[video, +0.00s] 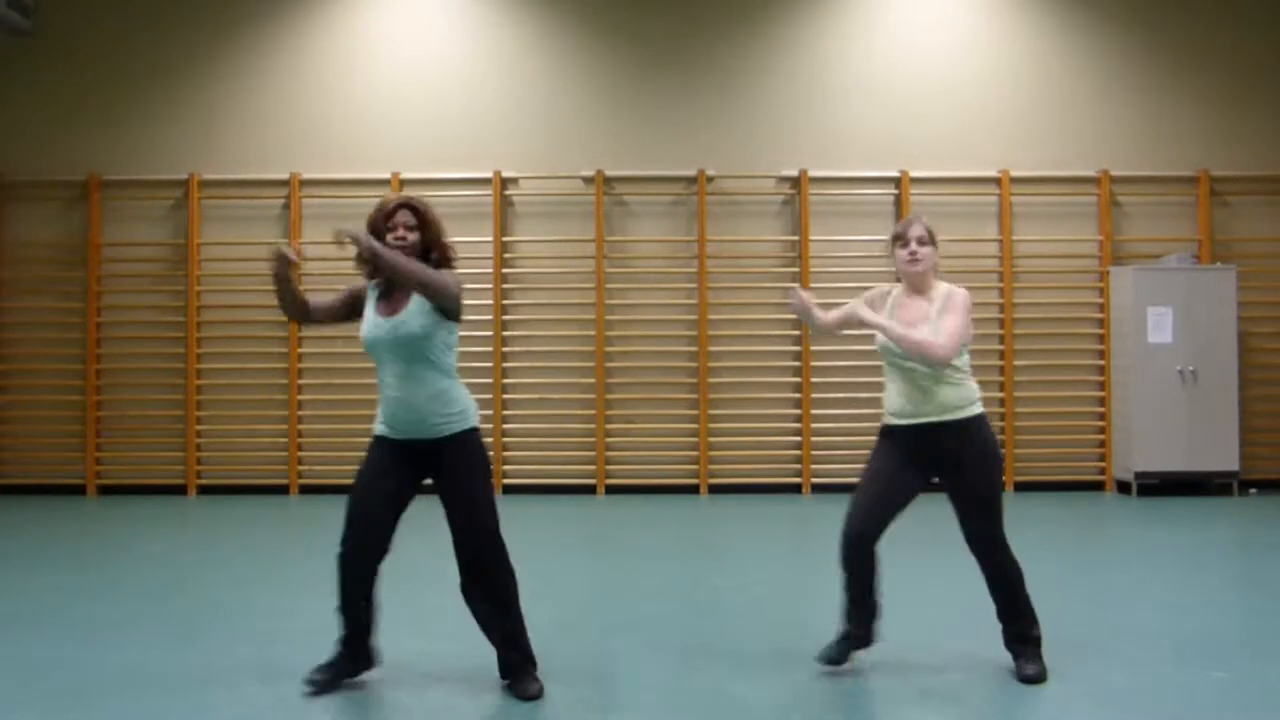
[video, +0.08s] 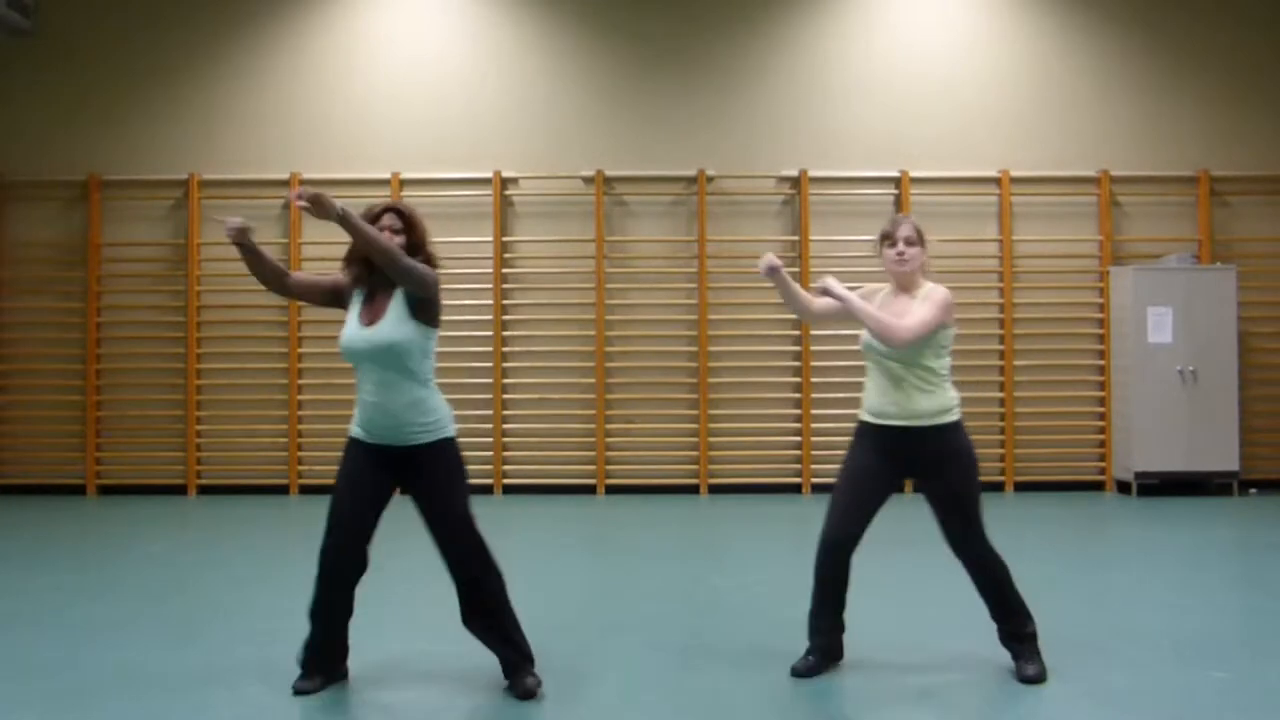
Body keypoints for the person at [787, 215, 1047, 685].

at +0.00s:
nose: (914, 250)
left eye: (922, 243)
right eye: (904, 244)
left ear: (936, 252)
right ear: (893, 254)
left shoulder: (954, 298)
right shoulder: (880, 299)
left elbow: (941, 351)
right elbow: (827, 322)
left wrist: (876, 321)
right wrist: (808, 309)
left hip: (963, 436)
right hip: (902, 439)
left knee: (988, 543)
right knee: (857, 532)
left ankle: (1026, 647)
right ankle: (857, 632)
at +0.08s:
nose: (901, 250)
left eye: (910, 243)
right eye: (892, 243)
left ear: (924, 252)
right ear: (881, 253)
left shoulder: (938, 297)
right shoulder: (869, 297)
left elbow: (902, 334)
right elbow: (811, 309)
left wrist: (845, 296)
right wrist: (781, 279)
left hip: (939, 438)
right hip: (877, 438)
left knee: (970, 544)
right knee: (834, 541)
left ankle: (1023, 644)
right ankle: (824, 646)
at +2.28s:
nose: (934, 272)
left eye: (940, 264)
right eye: (923, 266)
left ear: (950, 269)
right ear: (908, 275)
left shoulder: (963, 307)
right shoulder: (903, 326)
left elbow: (1011, 348)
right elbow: (926, 392)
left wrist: (1066, 348)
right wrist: (989, 413)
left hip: (977, 429)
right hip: (927, 437)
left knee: (1004, 532)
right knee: (960, 541)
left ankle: (1007, 629)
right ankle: (940, 606)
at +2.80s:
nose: (887, 257)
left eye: (896, 251)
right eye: (880, 251)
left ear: (912, 259)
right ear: (871, 259)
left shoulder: (918, 304)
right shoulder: (862, 295)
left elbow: (861, 323)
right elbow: (812, 289)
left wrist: (798, 291)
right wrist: (773, 270)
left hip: (909, 434)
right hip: (852, 428)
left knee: (937, 537)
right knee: (827, 530)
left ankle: (1007, 627)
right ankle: (823, 631)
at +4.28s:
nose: (800, 251)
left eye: (805, 242)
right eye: (789, 245)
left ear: (815, 246)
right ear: (775, 254)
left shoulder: (826, 292)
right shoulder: (778, 301)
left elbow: (852, 337)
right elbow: (787, 366)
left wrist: (880, 357)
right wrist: (851, 368)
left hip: (826, 422)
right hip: (783, 425)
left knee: (840, 527)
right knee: (813, 531)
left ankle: (813, 622)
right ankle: (772, 623)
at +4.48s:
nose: (834, 247)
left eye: (838, 239)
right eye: (823, 243)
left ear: (848, 243)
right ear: (808, 254)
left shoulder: (858, 285)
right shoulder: (815, 300)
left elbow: (885, 310)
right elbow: (865, 337)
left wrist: (902, 302)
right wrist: (894, 302)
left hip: (858, 421)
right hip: (813, 423)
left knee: (919, 503)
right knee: (807, 526)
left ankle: (918, 606)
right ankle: (766, 622)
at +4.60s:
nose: (858, 251)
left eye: (860, 242)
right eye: (847, 248)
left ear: (868, 244)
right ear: (833, 258)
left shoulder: (881, 275)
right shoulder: (843, 296)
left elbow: (920, 270)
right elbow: (913, 286)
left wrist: (951, 239)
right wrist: (951, 237)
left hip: (891, 422)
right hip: (845, 423)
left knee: (937, 522)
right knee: (812, 524)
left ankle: (992, 627)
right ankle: (764, 621)